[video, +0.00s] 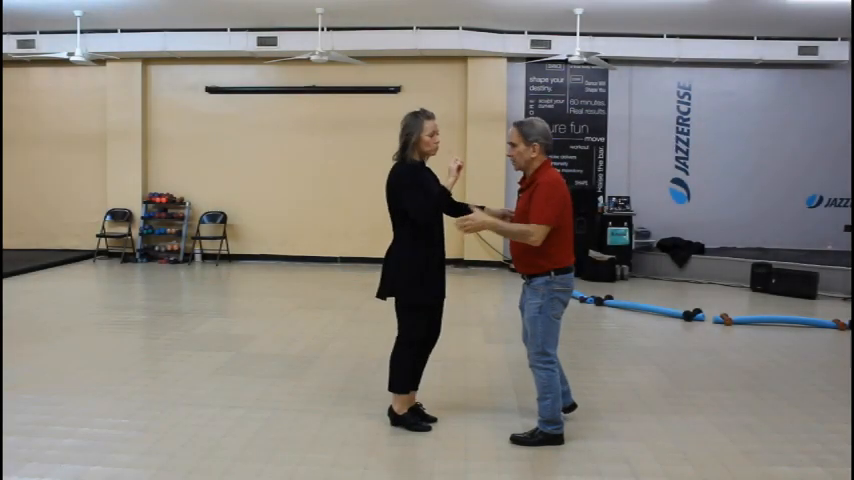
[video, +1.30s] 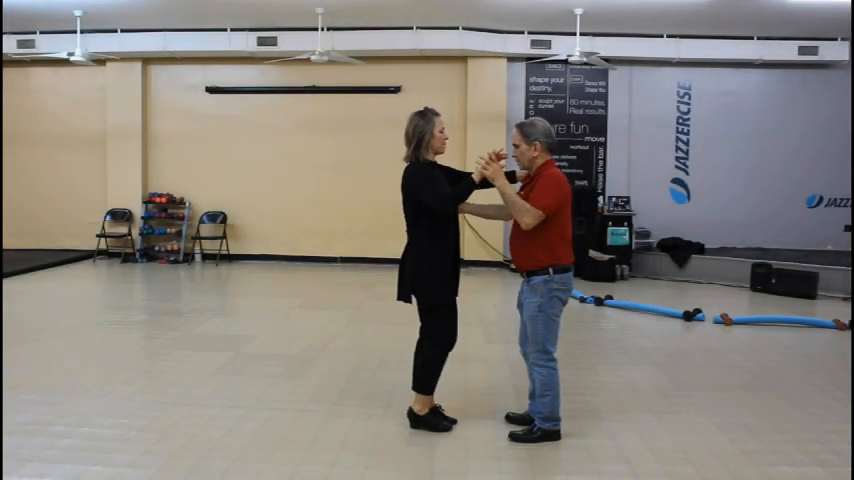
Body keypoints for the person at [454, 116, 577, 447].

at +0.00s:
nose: (508, 152)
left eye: (513, 146)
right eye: (509, 145)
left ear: (534, 149)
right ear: (531, 149)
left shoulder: (550, 183)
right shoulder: (534, 180)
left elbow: (535, 236)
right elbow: (523, 219)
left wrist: (488, 224)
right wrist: (492, 213)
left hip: (550, 281)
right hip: (537, 278)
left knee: (541, 354)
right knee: (535, 345)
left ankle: (550, 428)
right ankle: (562, 398)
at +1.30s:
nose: (513, 153)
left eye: (517, 146)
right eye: (513, 147)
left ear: (536, 148)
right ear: (536, 148)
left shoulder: (552, 179)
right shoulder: (534, 179)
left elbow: (529, 218)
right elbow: (510, 212)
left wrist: (500, 181)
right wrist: (464, 207)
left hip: (549, 279)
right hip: (535, 277)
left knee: (541, 353)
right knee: (531, 349)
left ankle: (548, 424)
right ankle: (537, 412)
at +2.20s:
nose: (492, 151)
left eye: (497, 145)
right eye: (491, 145)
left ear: (516, 148)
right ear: (512, 148)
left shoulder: (533, 178)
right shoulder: (501, 183)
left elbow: (509, 197)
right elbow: (466, 209)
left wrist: (499, 156)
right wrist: (433, 199)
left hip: (523, 276)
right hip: (507, 276)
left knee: (496, 347)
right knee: (514, 347)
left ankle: (518, 418)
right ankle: (525, 416)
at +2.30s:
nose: (491, 152)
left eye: (495, 146)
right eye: (489, 146)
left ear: (513, 148)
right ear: (509, 149)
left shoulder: (530, 179)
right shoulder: (499, 184)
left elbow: (506, 198)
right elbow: (463, 208)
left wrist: (497, 156)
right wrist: (432, 195)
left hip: (518, 277)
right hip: (504, 276)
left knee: (489, 349)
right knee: (512, 348)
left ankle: (489, 426)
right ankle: (525, 417)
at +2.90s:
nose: (481, 150)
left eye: (487, 145)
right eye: (483, 145)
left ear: (503, 151)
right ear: (503, 152)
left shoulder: (517, 181)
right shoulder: (496, 183)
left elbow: (496, 198)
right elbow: (466, 213)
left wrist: (491, 156)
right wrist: (432, 208)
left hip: (498, 282)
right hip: (496, 280)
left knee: (466, 356)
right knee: (495, 351)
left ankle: (449, 430)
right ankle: (523, 416)